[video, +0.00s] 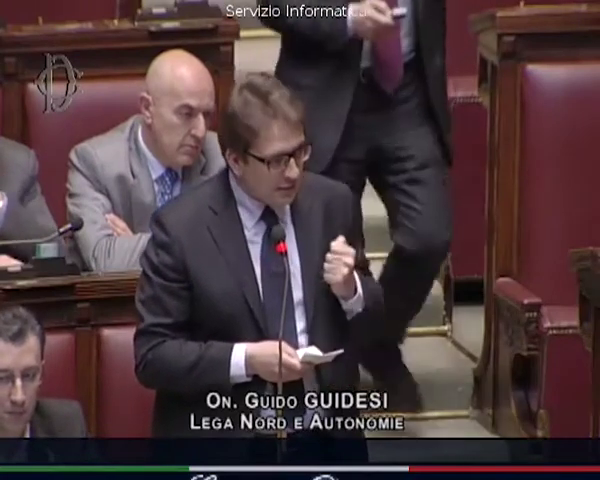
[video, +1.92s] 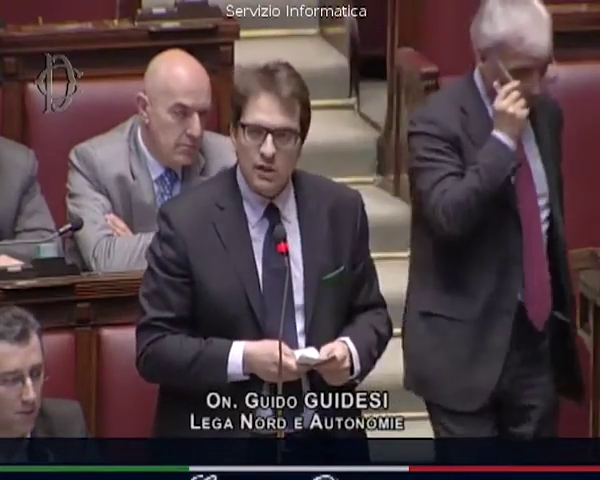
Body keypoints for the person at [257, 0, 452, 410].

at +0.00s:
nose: (287, 170)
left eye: (291, 158)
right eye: (272, 160)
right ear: (239, 157)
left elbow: (433, 34)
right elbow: (273, 10)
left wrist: (438, 119)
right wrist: (345, 19)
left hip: (410, 93)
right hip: (328, 93)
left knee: (428, 240)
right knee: (335, 256)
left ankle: (380, 343)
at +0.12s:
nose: (287, 171)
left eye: (290, 160)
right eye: (272, 160)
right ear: (238, 159)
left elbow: (442, 34)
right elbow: (277, 13)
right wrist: (351, 30)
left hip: (418, 104)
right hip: (333, 104)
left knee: (433, 257)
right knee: (338, 267)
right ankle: (336, 402)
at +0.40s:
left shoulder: (473, 8)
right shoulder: (338, 6)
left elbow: (481, 68)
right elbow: (310, 66)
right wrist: (381, 87)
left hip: (446, 157)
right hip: (364, 156)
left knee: (442, 335)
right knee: (368, 316)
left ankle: (428, 459)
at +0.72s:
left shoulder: (493, 6)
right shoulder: (361, 6)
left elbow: (499, 84)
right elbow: (335, 86)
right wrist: (409, 113)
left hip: (466, 183)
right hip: (384, 184)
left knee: (461, 341)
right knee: (391, 340)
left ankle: (433, 456)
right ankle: (380, 446)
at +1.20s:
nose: (467, 27)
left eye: (476, 16)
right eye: (458, 15)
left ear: (486, 9)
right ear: (428, 0)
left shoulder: (488, 34)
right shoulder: (365, 36)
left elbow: (494, 140)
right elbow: (331, 149)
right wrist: (407, 176)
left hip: (472, 243)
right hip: (395, 248)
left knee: (492, 391)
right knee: (399, 413)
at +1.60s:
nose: (498, 55)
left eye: (506, 41)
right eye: (485, 42)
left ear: (514, 29)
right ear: (446, 24)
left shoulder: (515, 75)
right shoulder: (391, 80)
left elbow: (520, 189)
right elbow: (372, 189)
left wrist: (519, 293)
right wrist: (449, 162)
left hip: (495, 292)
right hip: (417, 296)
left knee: (496, 447)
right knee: (420, 452)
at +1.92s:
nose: (534, 85)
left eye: (542, 70)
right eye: (520, 73)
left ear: (550, 57)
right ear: (484, 61)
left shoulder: (547, 115)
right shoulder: (437, 118)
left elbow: (551, 225)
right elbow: (447, 217)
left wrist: (563, 315)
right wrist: (503, 140)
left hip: (535, 331)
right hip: (463, 336)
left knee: (534, 479)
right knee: (470, 479)